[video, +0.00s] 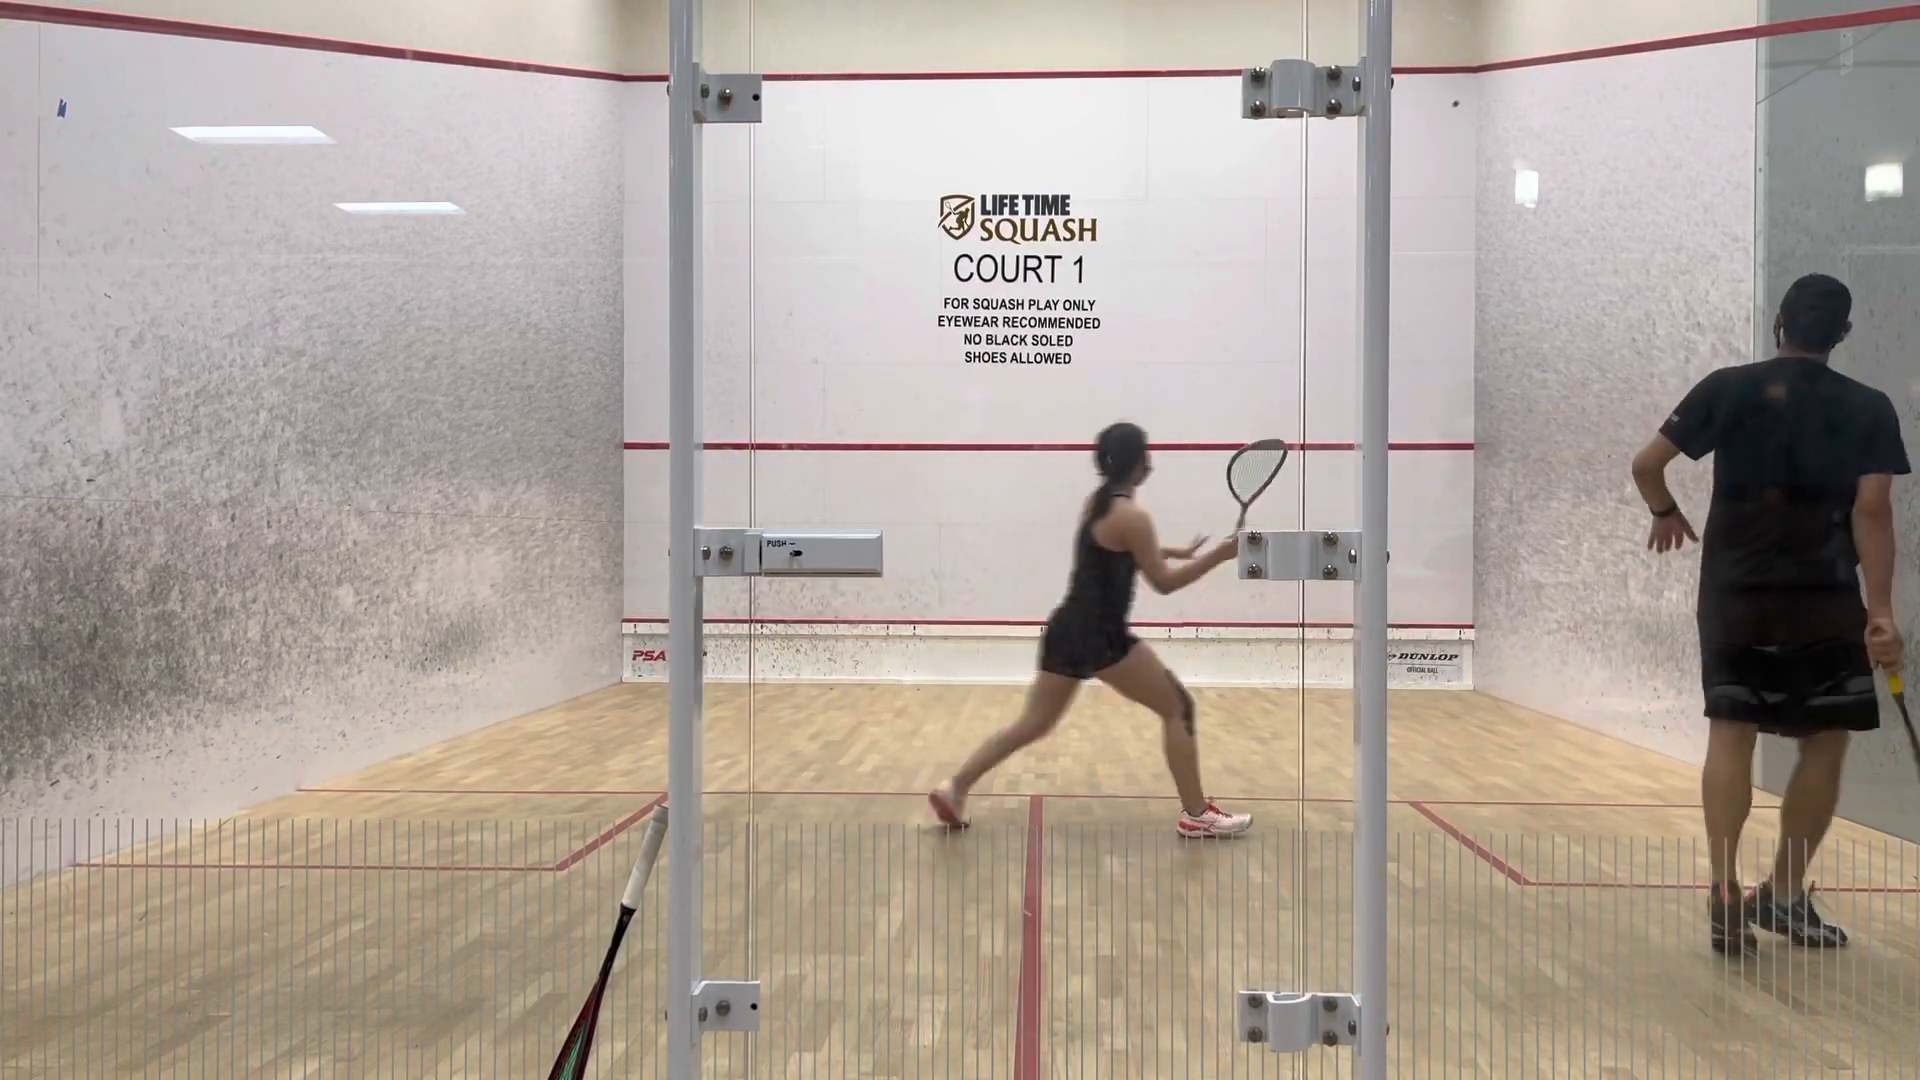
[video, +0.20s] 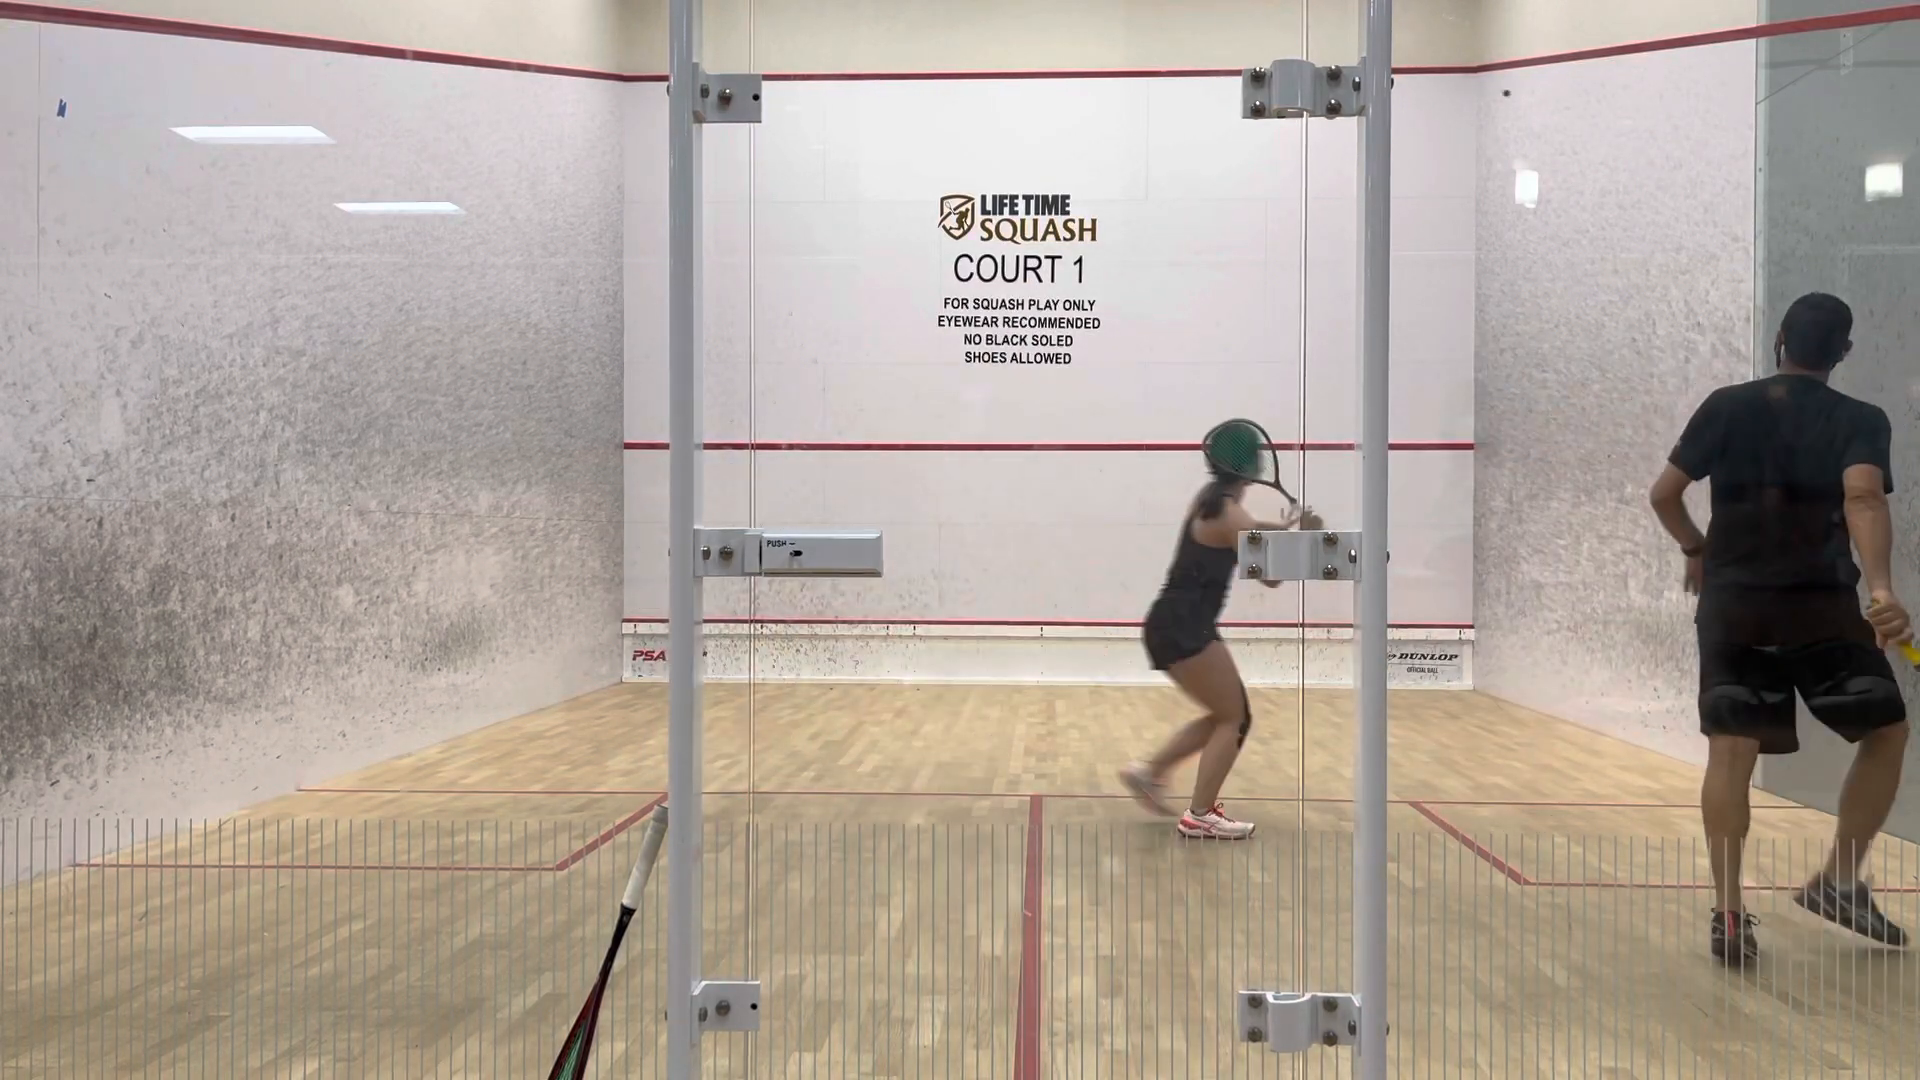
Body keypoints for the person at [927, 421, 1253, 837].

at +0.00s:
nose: (1151, 459)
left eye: (1147, 452)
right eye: (1146, 453)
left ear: (1109, 460)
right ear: (1138, 461)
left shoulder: (1098, 505)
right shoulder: (1132, 518)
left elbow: (1126, 547)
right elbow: (1165, 582)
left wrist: (1179, 552)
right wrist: (1221, 555)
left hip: (1067, 631)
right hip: (1101, 637)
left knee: (1033, 723)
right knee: (1178, 707)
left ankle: (954, 791)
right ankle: (1196, 812)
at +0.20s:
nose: (1258, 465)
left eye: (1256, 457)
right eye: (1256, 458)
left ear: (1221, 464)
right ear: (1248, 467)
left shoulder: (1212, 501)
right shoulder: (1226, 511)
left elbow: (1253, 535)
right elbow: (1270, 546)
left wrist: (1286, 529)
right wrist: (1302, 532)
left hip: (1172, 625)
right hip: (1183, 629)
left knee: (1226, 714)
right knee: (1236, 719)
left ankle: (1150, 773)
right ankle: (1200, 814)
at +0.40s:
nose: (1354, 493)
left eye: (1354, 483)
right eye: (1351, 483)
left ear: (1328, 481)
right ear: (1339, 485)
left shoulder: (1332, 520)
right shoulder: (1309, 518)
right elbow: (1277, 536)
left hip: (1301, 637)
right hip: (1277, 638)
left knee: (1366, 684)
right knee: (1282, 741)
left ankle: (1404, 765)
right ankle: (1207, 804)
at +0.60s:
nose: (1455, 505)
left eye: (1452, 498)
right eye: (1450, 499)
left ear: (1412, 506)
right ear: (1441, 507)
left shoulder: (1398, 545)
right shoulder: (1421, 560)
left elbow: (1351, 566)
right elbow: (1456, 600)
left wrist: (1306, 593)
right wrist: (1439, 548)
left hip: (1410, 667)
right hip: (1400, 672)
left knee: (1476, 694)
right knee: (1379, 759)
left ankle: (1492, 784)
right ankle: (1289, 781)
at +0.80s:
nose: (1501, 504)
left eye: (1498, 497)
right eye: (1496, 498)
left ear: (1454, 502)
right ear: (1483, 505)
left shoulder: (1426, 543)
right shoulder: (1502, 550)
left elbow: (1409, 597)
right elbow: (1553, 573)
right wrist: (1598, 582)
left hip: (1408, 656)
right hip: (1442, 668)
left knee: (1487, 688)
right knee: (1442, 764)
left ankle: (1495, 782)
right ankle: (1360, 772)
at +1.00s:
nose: (1497, 483)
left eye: (1493, 477)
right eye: (1495, 477)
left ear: (1451, 484)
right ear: (1492, 486)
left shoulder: (1426, 526)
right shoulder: (1507, 533)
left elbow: (1387, 571)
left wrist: (1395, 541)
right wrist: (1426, 533)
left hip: (1420, 645)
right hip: (1458, 654)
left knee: (1496, 691)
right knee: (1477, 748)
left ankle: (1497, 782)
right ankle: (1386, 757)